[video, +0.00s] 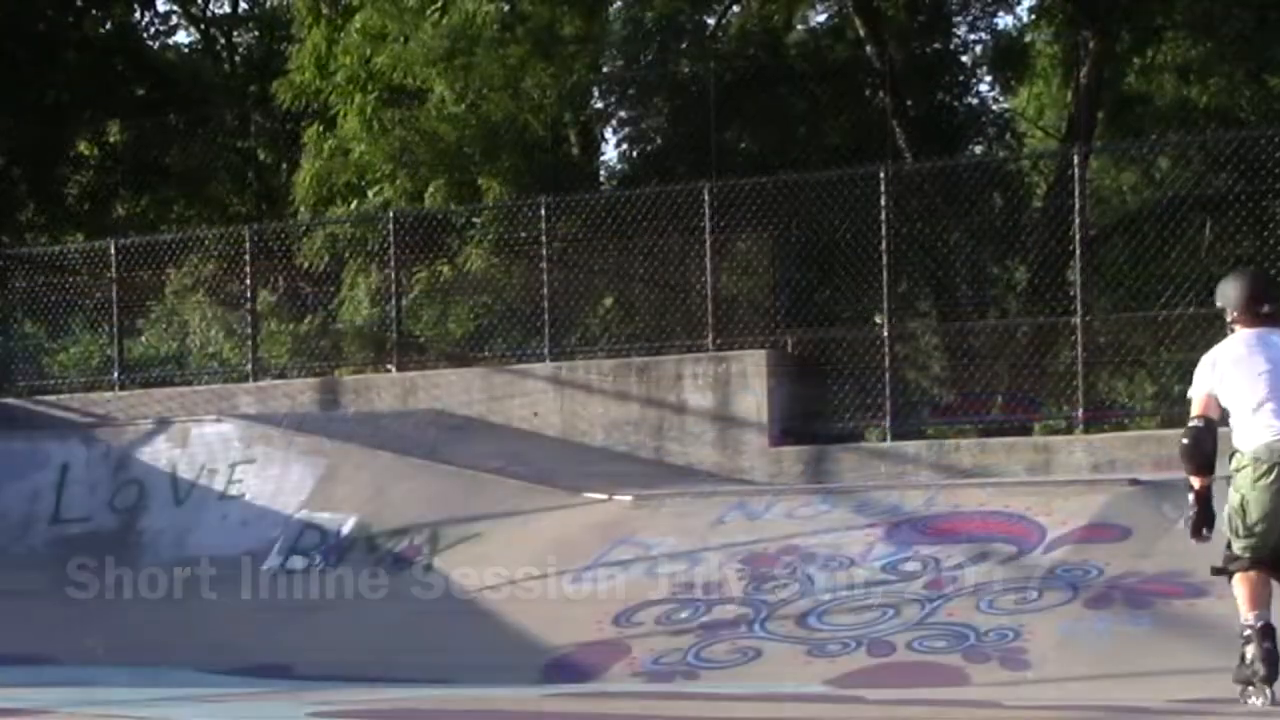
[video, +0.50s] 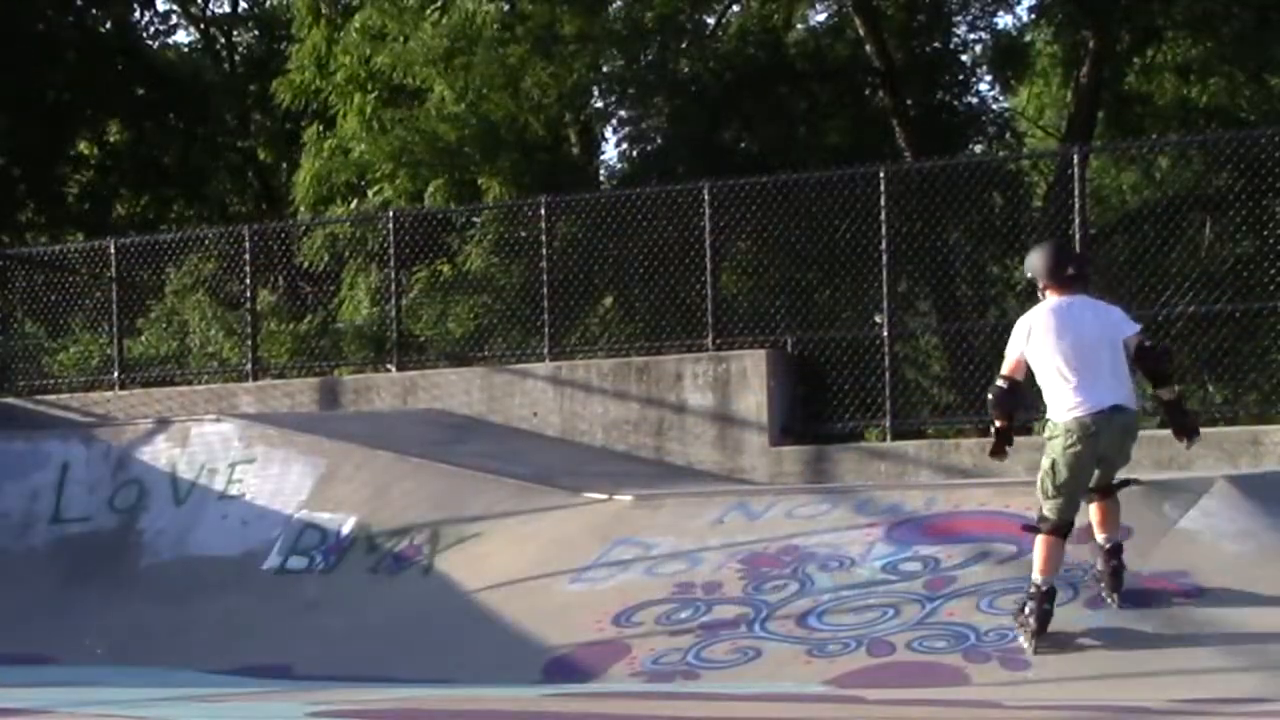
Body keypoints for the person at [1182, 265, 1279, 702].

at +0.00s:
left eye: (1225, 313)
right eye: (1267, 304)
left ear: (1229, 315)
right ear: (1269, 306)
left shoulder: (1219, 358)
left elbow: (1198, 438)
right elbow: (1200, 438)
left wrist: (1199, 496)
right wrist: (1200, 495)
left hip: (1263, 465)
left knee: (1250, 559)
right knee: (1259, 559)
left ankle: (1258, 639)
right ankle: (1258, 644)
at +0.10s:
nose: (1178, 321)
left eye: (1179, 315)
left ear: (1183, 319)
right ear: (1228, 311)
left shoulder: (1172, 361)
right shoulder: (1264, 352)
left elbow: (1155, 443)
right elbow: (1274, 409)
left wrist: (1159, 500)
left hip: (1220, 464)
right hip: (1272, 457)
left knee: (1202, 557)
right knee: (1249, 555)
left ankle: (1211, 648)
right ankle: (1267, 647)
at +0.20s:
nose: (1140, 322)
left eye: (1140, 316)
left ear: (1144, 320)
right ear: (1188, 313)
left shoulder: (1131, 363)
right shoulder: (1217, 349)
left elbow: (1116, 442)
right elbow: (1260, 402)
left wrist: (1122, 494)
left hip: (1183, 461)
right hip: (1238, 454)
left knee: (1161, 553)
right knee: (1209, 551)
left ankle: (1173, 648)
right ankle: (1231, 646)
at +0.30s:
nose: (1098, 314)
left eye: (1098, 308)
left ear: (1101, 312)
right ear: (1144, 303)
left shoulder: (1091, 354)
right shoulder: (1174, 340)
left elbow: (1073, 431)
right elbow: (1218, 393)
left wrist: (1077, 481)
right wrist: (1235, 447)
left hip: (1136, 459)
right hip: (1190, 451)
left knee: (1118, 547)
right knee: (1170, 536)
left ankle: (1119, 642)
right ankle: (1186, 627)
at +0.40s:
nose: (1068, 302)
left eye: (1068, 296)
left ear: (1071, 298)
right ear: (1113, 290)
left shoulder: (1062, 340)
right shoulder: (1143, 327)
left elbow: (1038, 412)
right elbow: (1189, 374)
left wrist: (1041, 456)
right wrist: (1210, 423)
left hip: (1104, 446)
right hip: (1156, 437)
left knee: (1087, 540)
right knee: (1138, 513)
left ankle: (1074, 634)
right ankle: (1146, 600)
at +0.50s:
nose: (1034, 287)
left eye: (1034, 281)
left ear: (1040, 283)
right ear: (1081, 275)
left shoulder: (1031, 322)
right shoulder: (1110, 312)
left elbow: (1003, 391)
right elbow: (1153, 360)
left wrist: (1000, 432)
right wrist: (1176, 411)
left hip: (1072, 428)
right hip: (1123, 419)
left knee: (1054, 518)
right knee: (1103, 488)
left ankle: (1038, 606)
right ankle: (1113, 571)